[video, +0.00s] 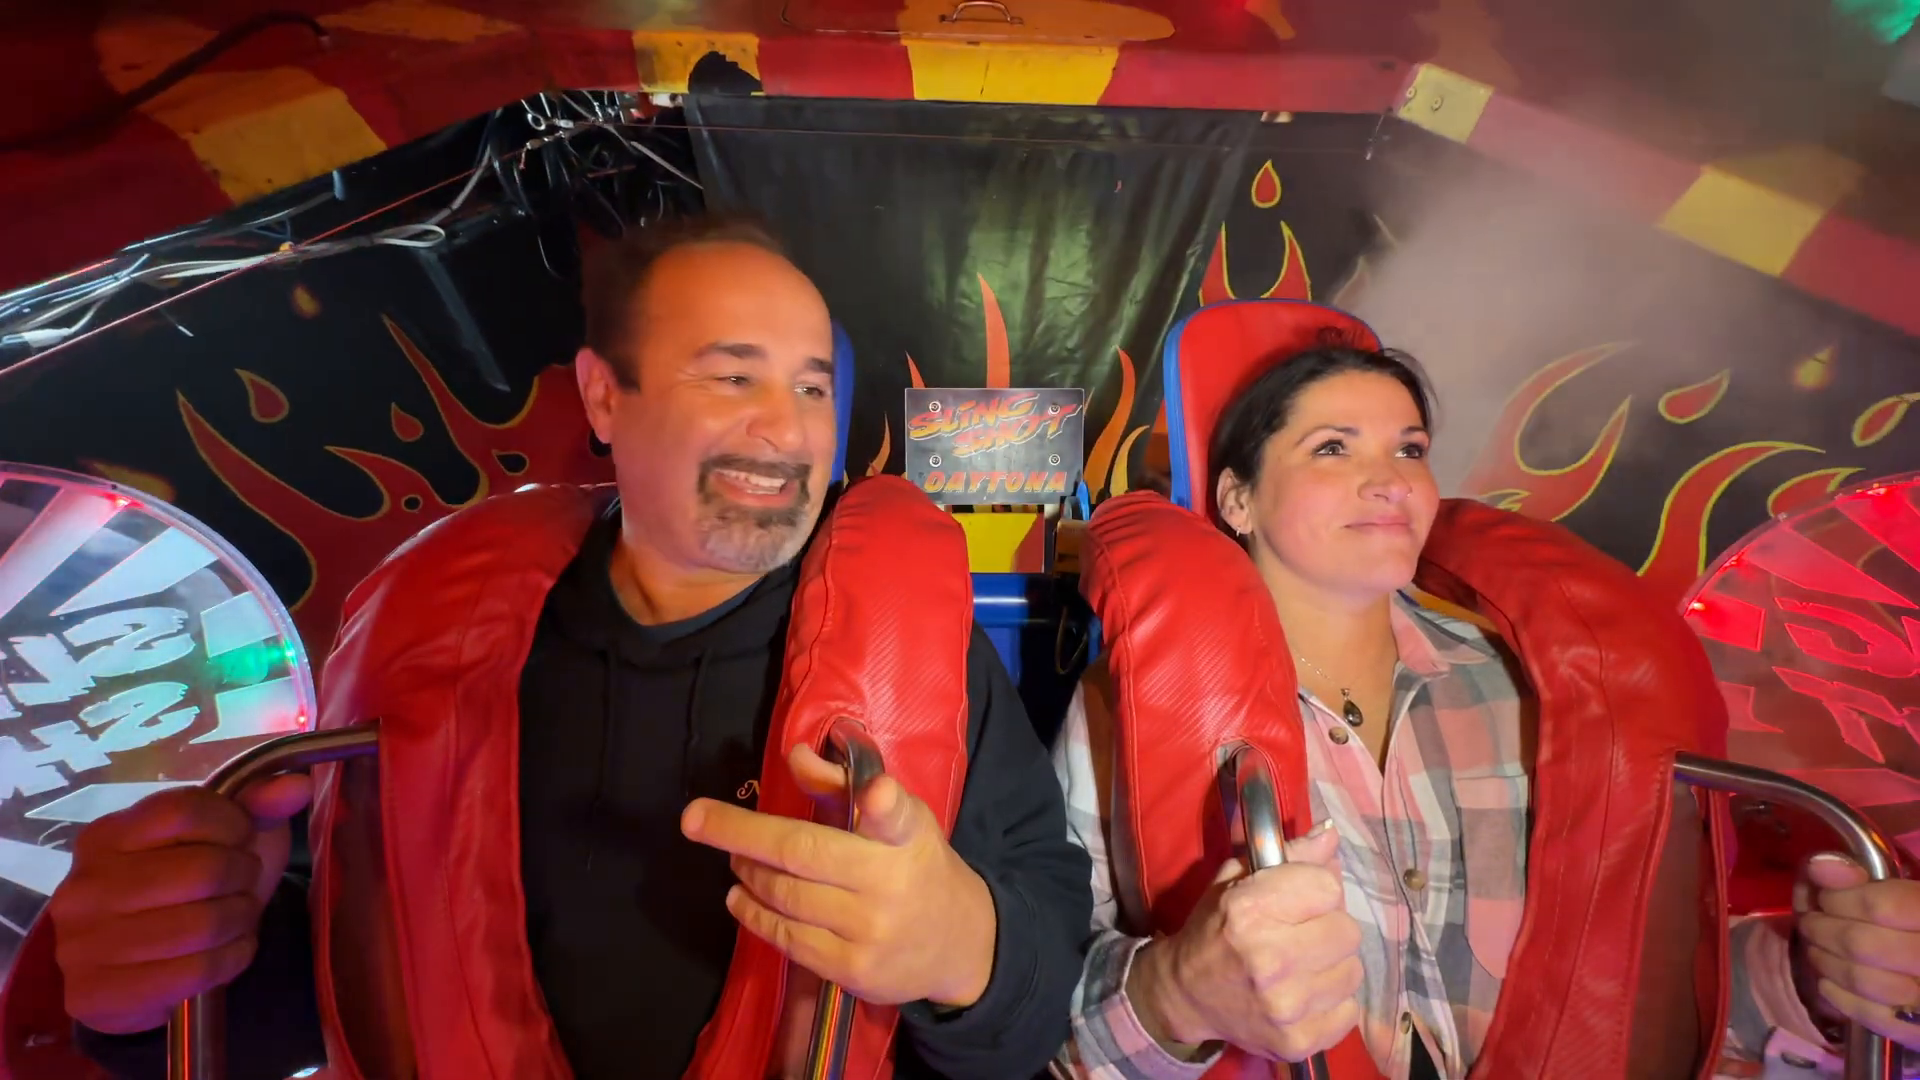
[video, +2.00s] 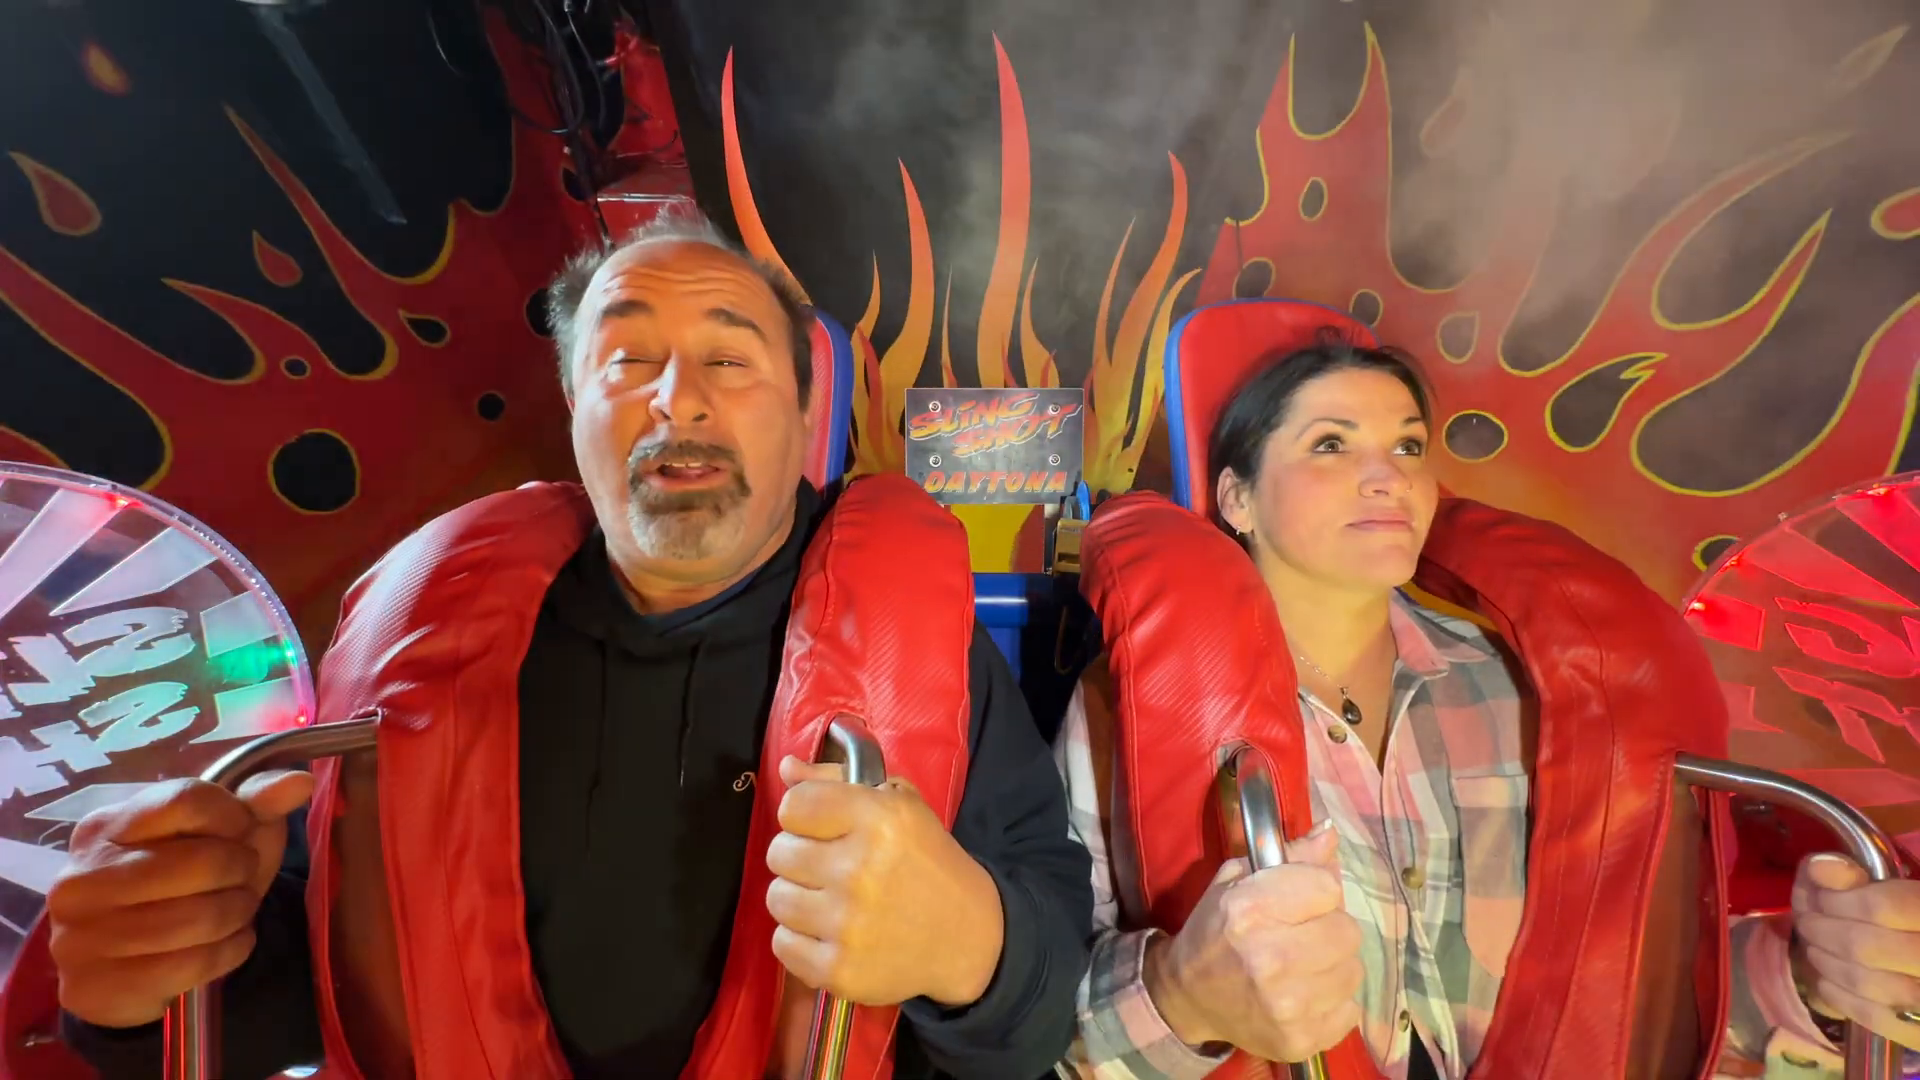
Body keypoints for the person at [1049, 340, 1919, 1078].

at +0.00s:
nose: (1389, 476)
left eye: (1410, 450)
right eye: (1332, 448)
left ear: (1434, 495)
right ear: (1239, 502)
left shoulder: (1523, 690)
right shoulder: (1144, 708)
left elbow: (1617, 963)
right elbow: (1047, 1031)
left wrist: (1803, 971)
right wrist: (1170, 996)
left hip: (1505, 1066)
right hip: (1265, 1071)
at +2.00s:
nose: (1388, 478)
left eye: (1408, 447)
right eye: (1330, 447)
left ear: (1437, 485)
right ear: (1238, 500)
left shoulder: (1514, 693)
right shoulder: (1141, 712)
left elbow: (1599, 975)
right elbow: (1041, 1028)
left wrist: (1793, 968)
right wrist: (1170, 1000)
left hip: (1488, 1067)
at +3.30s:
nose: (1378, 483)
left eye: (1398, 451)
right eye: (1320, 451)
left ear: (1430, 487)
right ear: (1233, 501)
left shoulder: (1516, 690)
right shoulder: (1141, 712)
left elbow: (1619, 965)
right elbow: (1060, 1034)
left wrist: (1810, 972)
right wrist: (1177, 1001)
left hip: (1498, 1070)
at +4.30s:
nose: (1382, 483)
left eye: (1405, 454)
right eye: (1328, 453)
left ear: (1435, 488)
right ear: (1236, 500)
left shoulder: (1523, 695)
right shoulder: (1138, 717)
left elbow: (1616, 974)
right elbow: (1054, 1034)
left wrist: (1800, 970)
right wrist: (1171, 1006)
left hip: (1491, 1067)